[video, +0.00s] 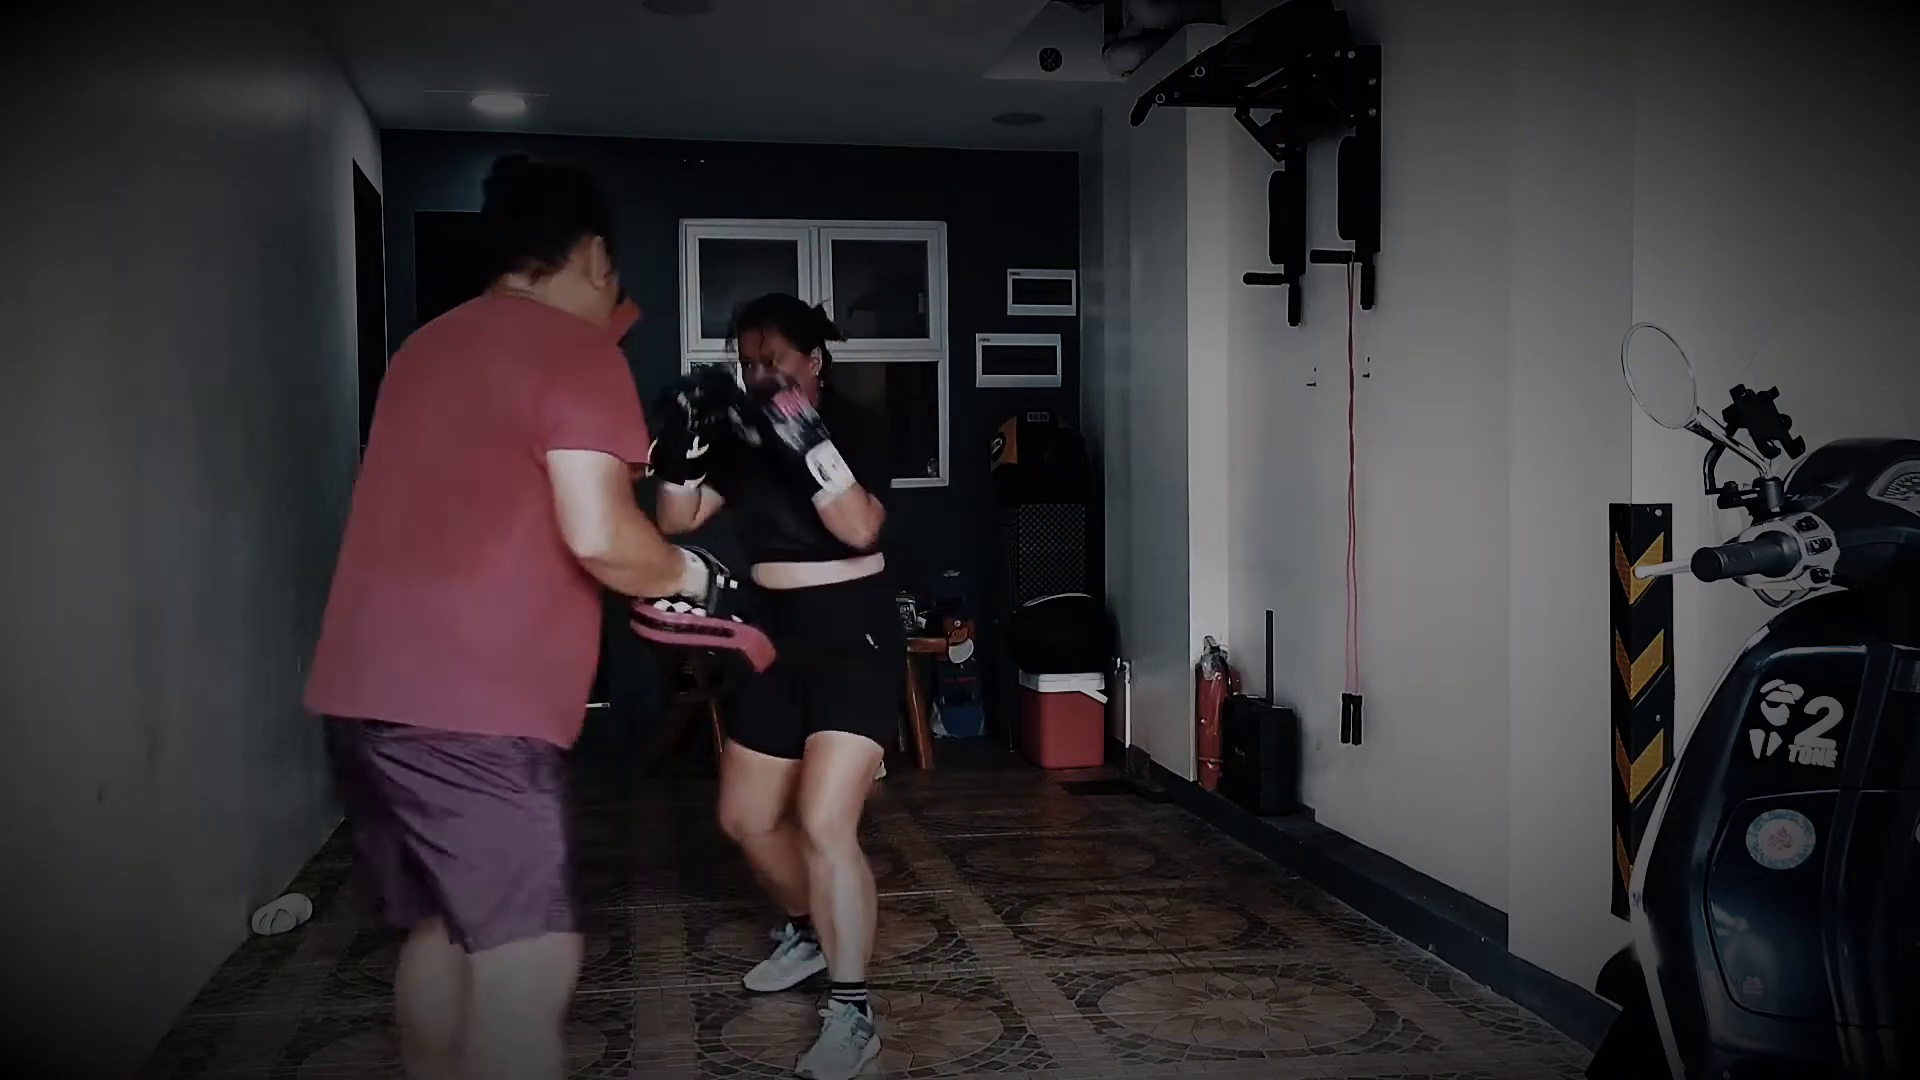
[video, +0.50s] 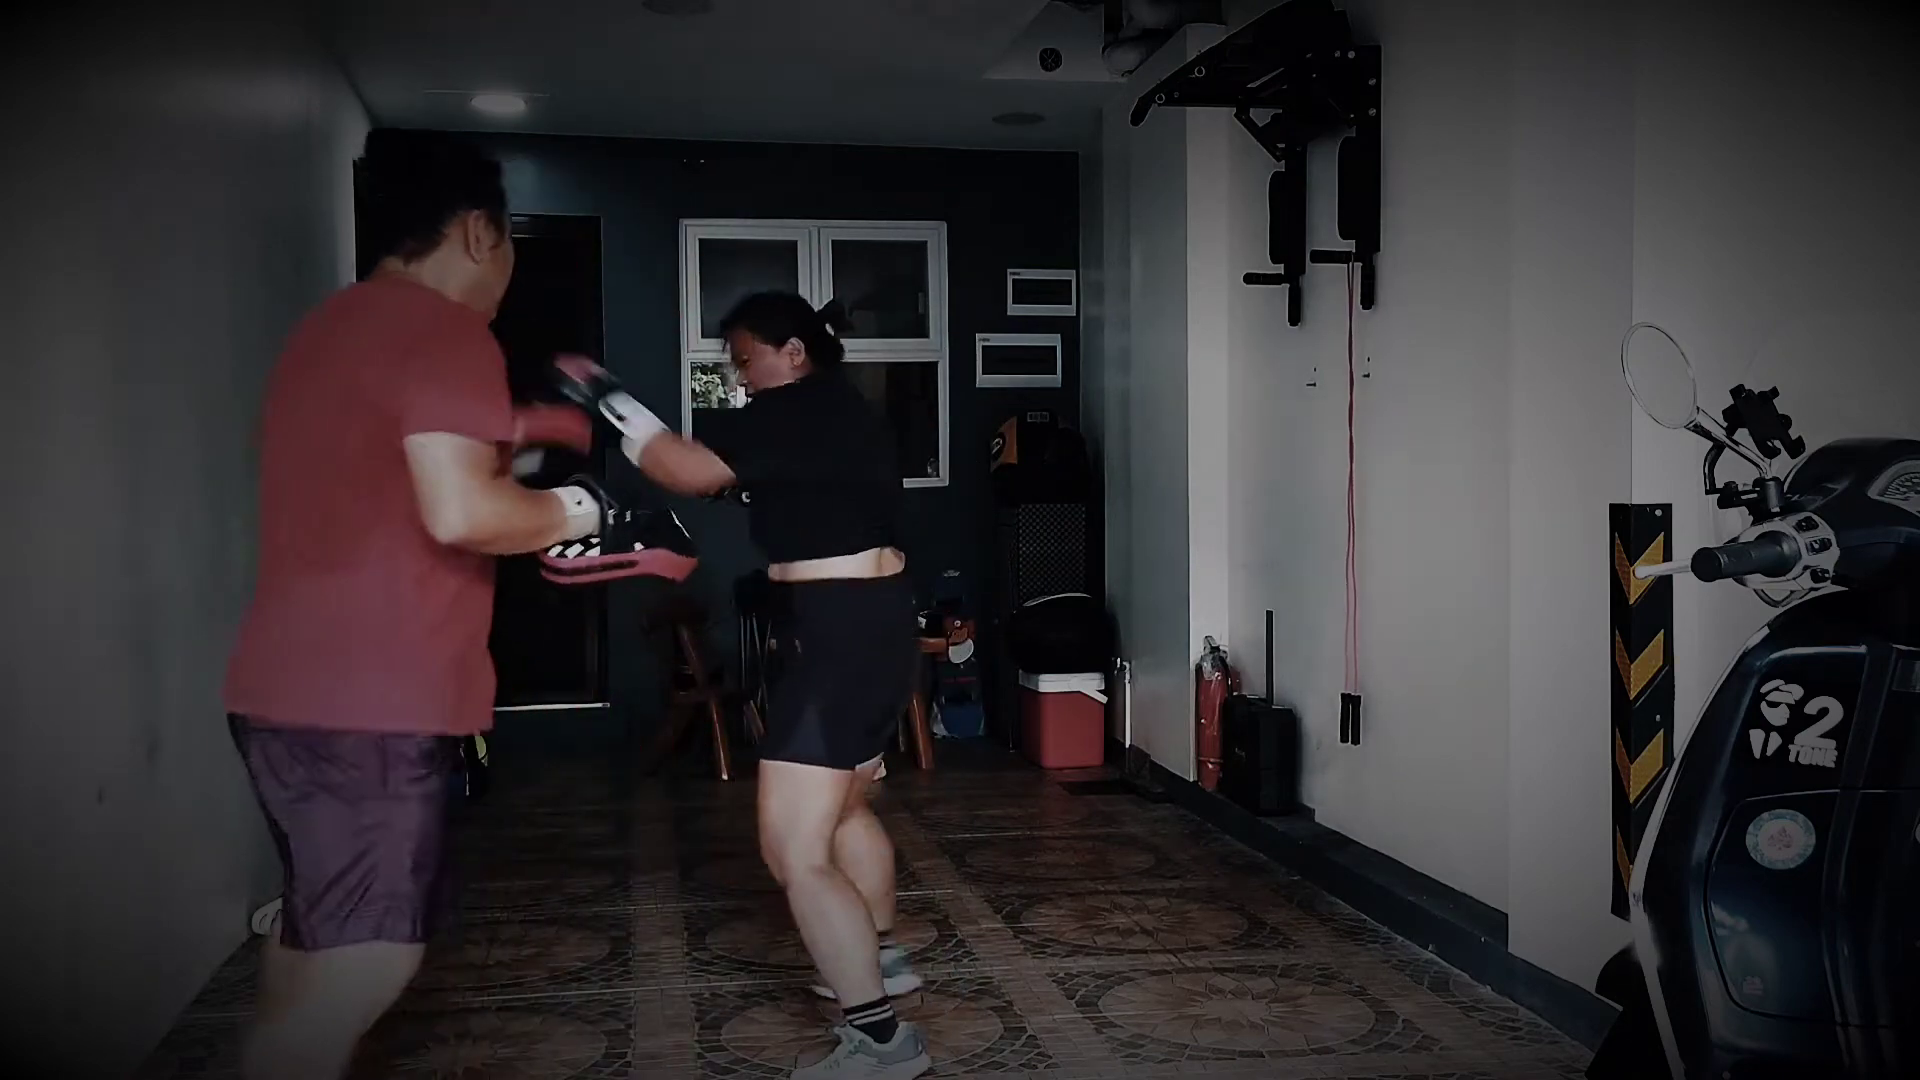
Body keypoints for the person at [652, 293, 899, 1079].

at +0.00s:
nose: (761, 375)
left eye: (773, 360)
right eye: (749, 364)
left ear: (814, 358)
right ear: (741, 368)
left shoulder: (851, 423)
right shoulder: (737, 430)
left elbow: (861, 528)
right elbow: (677, 521)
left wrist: (809, 437)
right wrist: (686, 444)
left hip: (856, 636)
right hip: (769, 636)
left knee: (826, 820)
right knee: (747, 818)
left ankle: (851, 1008)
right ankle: (816, 929)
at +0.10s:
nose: (752, 406)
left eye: (765, 389)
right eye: (744, 393)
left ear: (811, 391)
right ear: (740, 401)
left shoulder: (850, 473)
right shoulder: (737, 478)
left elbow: (895, 585)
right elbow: (693, 569)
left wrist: (838, 511)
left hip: (846, 675)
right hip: (762, 676)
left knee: (800, 840)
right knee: (741, 840)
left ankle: (846, 1010)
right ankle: (813, 948)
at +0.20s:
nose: (740, 405)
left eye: (754, 389)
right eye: (731, 393)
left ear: (801, 387)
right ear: (729, 399)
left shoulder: (842, 461)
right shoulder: (742, 471)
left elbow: (872, 575)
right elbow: (735, 576)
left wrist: (805, 500)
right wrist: (697, 523)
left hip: (836, 661)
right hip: (771, 661)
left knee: (759, 844)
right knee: (759, 832)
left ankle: (848, 1003)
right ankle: (813, 955)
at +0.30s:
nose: (728, 387)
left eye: (738, 371)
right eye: (724, 374)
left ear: (786, 363)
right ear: (781, 371)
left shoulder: (804, 423)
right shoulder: (799, 432)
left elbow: (720, 448)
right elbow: (770, 565)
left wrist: (638, 382)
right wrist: (702, 531)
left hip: (832, 644)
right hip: (822, 640)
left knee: (740, 843)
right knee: (786, 812)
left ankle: (855, 1000)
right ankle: (812, 954)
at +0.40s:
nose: (726, 379)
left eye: (733, 365)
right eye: (725, 367)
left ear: (782, 358)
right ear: (793, 361)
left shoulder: (771, 408)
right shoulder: (828, 413)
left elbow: (651, 396)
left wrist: (582, 347)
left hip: (825, 638)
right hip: (870, 630)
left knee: (778, 856)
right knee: (822, 817)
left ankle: (873, 1030)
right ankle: (832, 960)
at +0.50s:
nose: (739, 378)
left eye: (745, 361)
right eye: (735, 364)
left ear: (795, 350)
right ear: (803, 352)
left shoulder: (797, 414)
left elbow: (682, 469)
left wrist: (609, 399)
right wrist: (636, 418)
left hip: (831, 635)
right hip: (880, 627)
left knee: (796, 852)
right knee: (846, 811)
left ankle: (875, 1035)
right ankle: (881, 952)